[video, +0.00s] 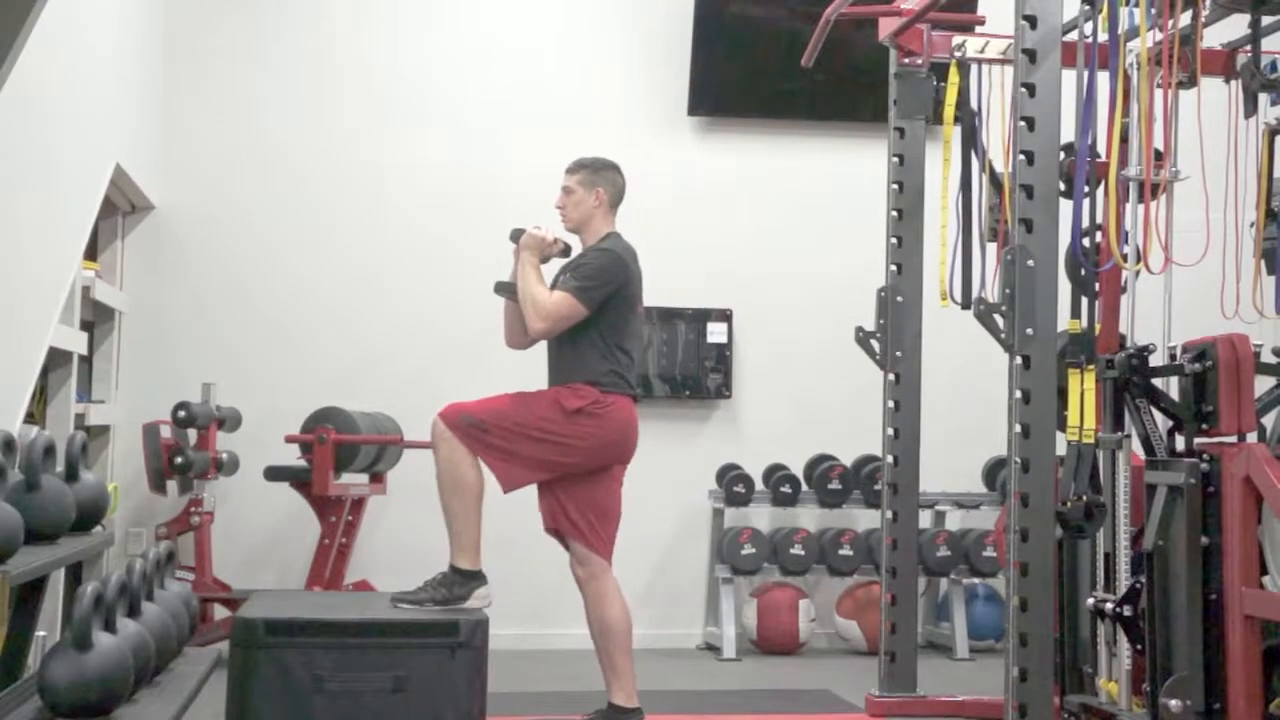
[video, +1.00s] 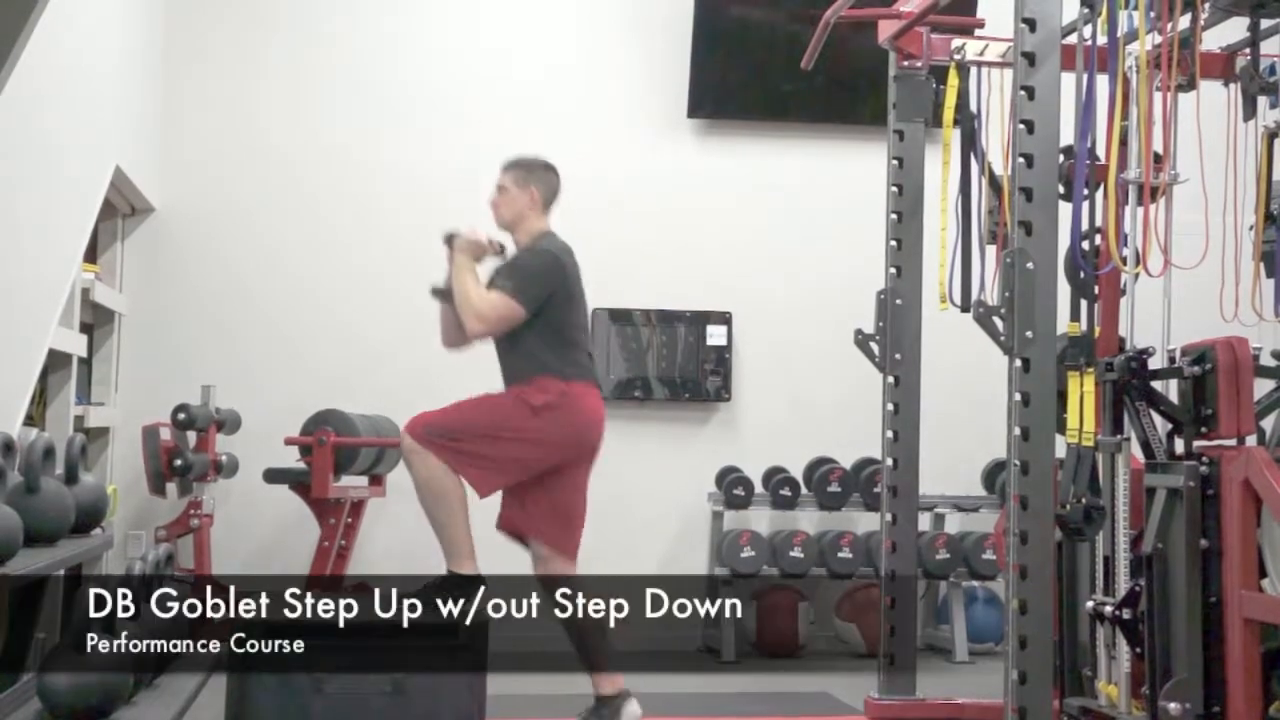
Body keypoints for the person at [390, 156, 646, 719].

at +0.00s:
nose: (558, 202)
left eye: (568, 191)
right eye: (561, 191)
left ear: (600, 198)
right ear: (596, 201)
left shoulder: (609, 256)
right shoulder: (587, 262)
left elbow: (541, 322)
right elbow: (517, 335)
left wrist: (531, 257)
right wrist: (521, 270)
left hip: (592, 410)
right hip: (603, 418)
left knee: (452, 426)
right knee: (592, 566)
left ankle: (464, 574)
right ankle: (624, 705)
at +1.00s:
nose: (493, 199)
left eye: (503, 189)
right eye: (495, 189)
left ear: (533, 197)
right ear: (527, 198)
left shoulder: (548, 257)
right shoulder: (523, 263)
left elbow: (481, 319)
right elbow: (456, 336)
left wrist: (462, 259)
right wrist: (457, 272)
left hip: (558, 405)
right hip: (570, 413)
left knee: (421, 438)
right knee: (553, 563)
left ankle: (464, 578)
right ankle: (612, 695)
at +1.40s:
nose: (456, 61)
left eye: (464, 49)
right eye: (458, 50)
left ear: (496, 50)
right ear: (497, 51)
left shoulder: (509, 107)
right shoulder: (491, 115)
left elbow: (438, 173)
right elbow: (427, 201)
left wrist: (427, 111)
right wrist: (427, 133)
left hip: (507, 280)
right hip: (470, 274)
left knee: (461, 429)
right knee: (366, 303)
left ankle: (465, 580)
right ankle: (431, 416)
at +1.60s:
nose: (449, 58)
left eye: (456, 46)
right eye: (451, 47)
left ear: (487, 46)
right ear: (491, 49)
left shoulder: (501, 106)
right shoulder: (491, 108)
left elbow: (427, 172)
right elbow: (445, 188)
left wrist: (425, 106)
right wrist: (425, 145)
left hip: (493, 278)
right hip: (461, 257)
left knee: (460, 432)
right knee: (369, 204)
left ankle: (464, 582)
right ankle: (358, 337)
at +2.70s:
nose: (518, 208)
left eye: (526, 197)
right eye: (519, 197)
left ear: (560, 201)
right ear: (551, 204)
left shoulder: (576, 257)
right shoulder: (554, 266)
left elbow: (509, 325)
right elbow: (491, 344)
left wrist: (496, 263)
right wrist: (491, 277)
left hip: (585, 414)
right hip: (591, 420)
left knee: (445, 433)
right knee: (581, 565)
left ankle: (463, 577)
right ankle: (615, 706)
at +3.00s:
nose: (549, 205)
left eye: (558, 195)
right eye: (551, 195)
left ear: (590, 200)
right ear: (586, 201)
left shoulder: (604, 260)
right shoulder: (581, 265)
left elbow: (533, 323)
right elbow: (511, 340)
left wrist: (521, 261)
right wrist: (514, 274)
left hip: (590, 414)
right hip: (596, 419)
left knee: (450, 431)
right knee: (591, 562)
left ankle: (463, 577)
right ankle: (616, 706)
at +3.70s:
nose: (514, 210)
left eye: (524, 200)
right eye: (517, 200)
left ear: (557, 207)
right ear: (554, 209)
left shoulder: (569, 264)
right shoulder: (549, 271)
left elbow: (501, 330)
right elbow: (482, 348)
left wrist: (487, 268)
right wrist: (482, 281)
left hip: (567, 420)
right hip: (575, 427)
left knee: (425, 439)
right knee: (548, 573)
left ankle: (462, 577)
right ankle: (610, 707)